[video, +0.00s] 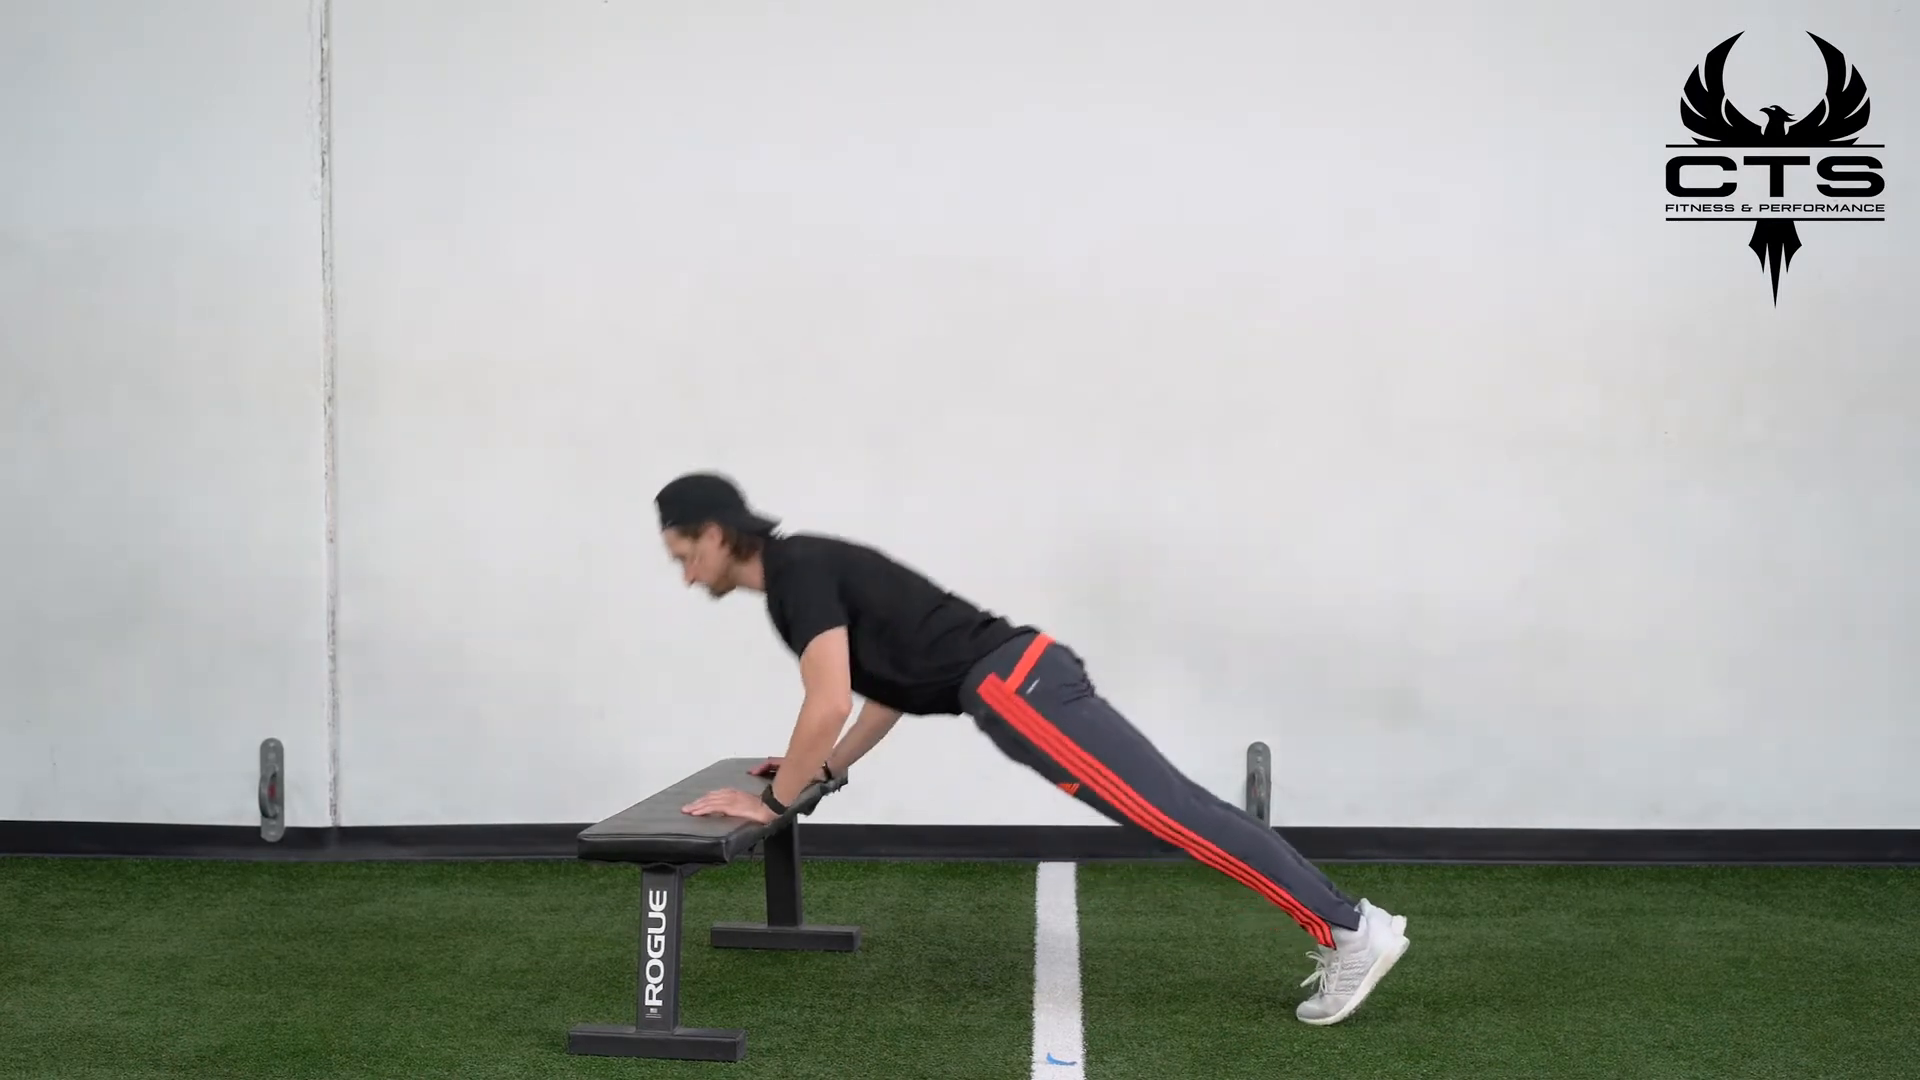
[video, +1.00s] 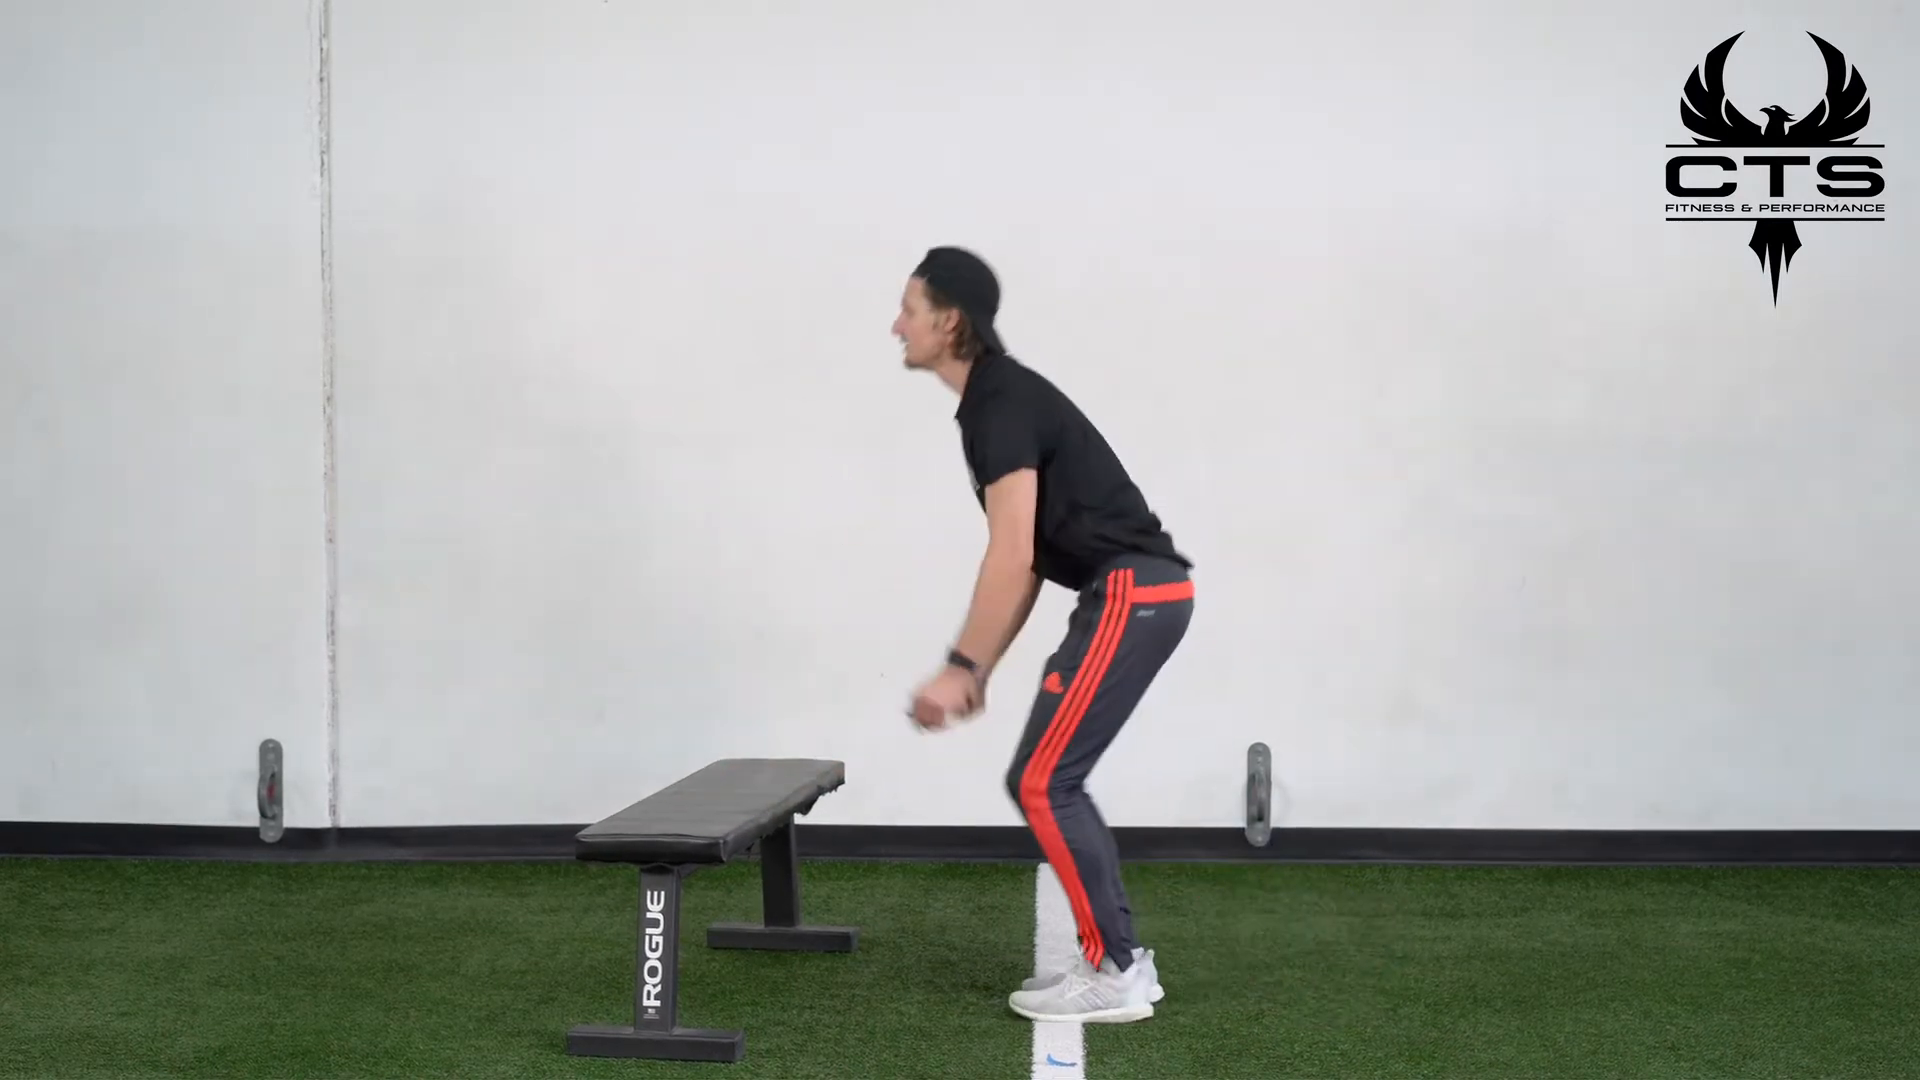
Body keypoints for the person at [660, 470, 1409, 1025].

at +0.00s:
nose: (679, 566)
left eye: (681, 549)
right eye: (673, 552)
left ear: (719, 534)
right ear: (728, 530)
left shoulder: (793, 570)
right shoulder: (812, 565)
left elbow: (828, 702)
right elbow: (891, 690)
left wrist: (772, 799)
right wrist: (828, 764)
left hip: (1015, 684)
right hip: (1018, 678)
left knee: (1172, 812)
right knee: (1174, 806)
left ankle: (1353, 932)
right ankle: (1346, 925)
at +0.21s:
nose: (736, 515)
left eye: (740, 498)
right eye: (733, 500)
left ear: (783, 484)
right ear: (785, 483)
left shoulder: (850, 534)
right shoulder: (861, 528)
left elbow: (829, 679)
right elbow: (881, 672)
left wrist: (771, 797)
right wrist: (825, 763)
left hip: (1072, 636)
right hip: (1061, 644)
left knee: (1185, 801)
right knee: (1131, 820)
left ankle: (1363, 941)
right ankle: (1314, 903)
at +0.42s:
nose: (781, 519)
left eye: (785, 503)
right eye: (779, 503)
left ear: (826, 498)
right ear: (843, 494)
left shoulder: (886, 550)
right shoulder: (915, 545)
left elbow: (845, 695)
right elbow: (891, 689)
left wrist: (770, 798)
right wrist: (815, 768)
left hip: (1124, 605)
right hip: (1096, 621)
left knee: (1227, 784)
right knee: (1025, 756)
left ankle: (1380, 950)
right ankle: (1126, 928)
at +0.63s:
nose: (829, 485)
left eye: (837, 468)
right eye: (829, 469)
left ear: (880, 465)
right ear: (884, 465)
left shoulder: (939, 521)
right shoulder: (942, 531)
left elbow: (868, 656)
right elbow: (893, 672)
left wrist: (771, 748)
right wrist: (810, 751)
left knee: (1144, 815)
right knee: (1056, 774)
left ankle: (1322, 920)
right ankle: (1120, 957)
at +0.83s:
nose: (857, 380)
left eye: (866, 365)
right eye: (859, 364)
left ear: (911, 370)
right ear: (917, 370)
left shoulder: (968, 440)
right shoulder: (967, 436)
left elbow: (971, 598)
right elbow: (971, 596)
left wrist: (908, 689)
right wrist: (909, 687)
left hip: (1159, 569)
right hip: (1149, 569)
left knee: (1083, 762)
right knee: (1083, 762)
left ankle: (1140, 958)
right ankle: (1128, 949)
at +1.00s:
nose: (897, 322)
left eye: (909, 309)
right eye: (902, 307)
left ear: (951, 322)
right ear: (955, 322)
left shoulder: (1000, 402)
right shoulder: (996, 400)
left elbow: (1013, 553)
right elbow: (1022, 565)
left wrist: (962, 667)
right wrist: (973, 670)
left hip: (1137, 591)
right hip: (1126, 589)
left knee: (1043, 780)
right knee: (1044, 777)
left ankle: (1119, 968)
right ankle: (1116, 960)